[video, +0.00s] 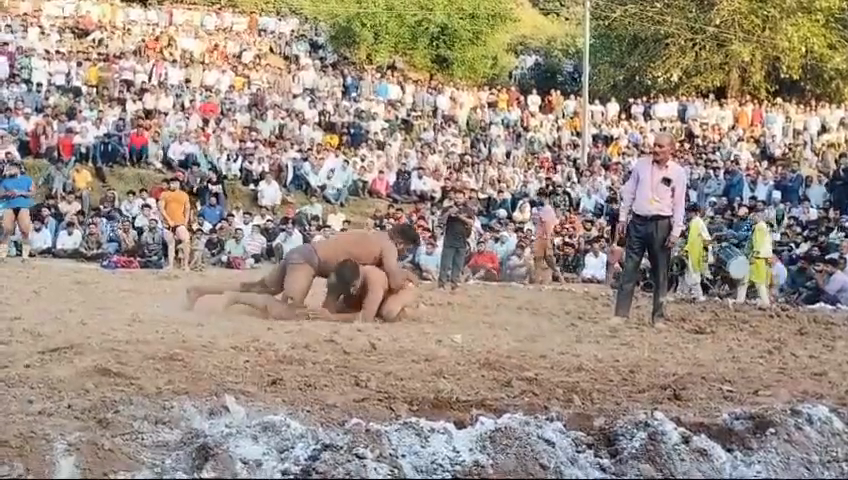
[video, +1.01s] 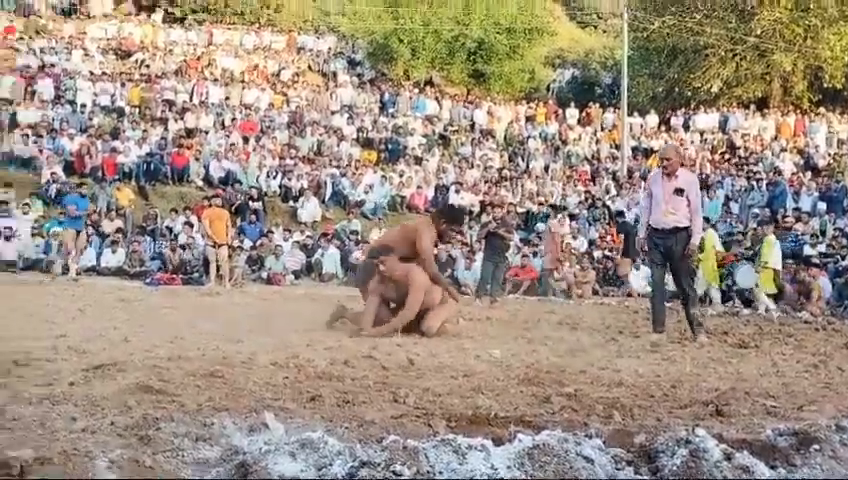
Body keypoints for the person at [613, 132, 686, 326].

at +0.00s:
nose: (655, 149)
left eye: (660, 146)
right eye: (654, 145)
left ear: (671, 149)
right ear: (652, 146)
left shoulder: (678, 172)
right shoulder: (640, 164)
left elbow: (679, 204)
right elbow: (628, 192)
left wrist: (676, 231)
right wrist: (622, 218)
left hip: (662, 221)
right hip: (638, 219)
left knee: (660, 272)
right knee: (629, 268)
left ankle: (658, 315)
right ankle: (621, 313)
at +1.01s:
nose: (664, 163)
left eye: (668, 160)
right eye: (662, 160)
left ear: (679, 160)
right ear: (659, 160)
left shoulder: (689, 179)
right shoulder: (653, 178)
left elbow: (696, 211)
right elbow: (645, 207)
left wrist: (695, 239)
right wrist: (642, 233)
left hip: (679, 232)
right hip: (655, 232)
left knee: (684, 284)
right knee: (657, 283)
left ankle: (697, 329)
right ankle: (658, 329)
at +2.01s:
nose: (674, 180)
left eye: (679, 176)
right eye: (672, 176)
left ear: (688, 175)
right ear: (667, 175)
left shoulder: (699, 195)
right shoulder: (656, 194)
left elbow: (709, 227)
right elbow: (647, 225)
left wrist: (713, 255)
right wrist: (643, 252)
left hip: (688, 253)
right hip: (662, 252)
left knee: (688, 306)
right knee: (653, 301)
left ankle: (690, 352)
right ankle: (658, 335)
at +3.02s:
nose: (659, 163)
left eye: (662, 157)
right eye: (656, 158)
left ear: (676, 153)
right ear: (654, 157)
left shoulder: (697, 174)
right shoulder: (649, 176)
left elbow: (709, 209)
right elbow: (640, 211)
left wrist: (718, 240)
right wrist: (633, 241)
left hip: (687, 244)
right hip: (658, 244)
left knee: (687, 302)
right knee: (653, 302)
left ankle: (693, 359)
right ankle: (649, 343)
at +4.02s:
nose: (589, 137)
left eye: (592, 131)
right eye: (588, 132)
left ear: (608, 124)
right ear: (602, 126)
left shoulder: (638, 146)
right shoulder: (599, 149)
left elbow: (657, 187)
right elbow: (598, 192)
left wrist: (668, 229)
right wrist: (585, 220)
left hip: (631, 223)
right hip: (605, 224)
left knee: (619, 290)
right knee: (615, 290)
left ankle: (613, 359)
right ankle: (635, 352)